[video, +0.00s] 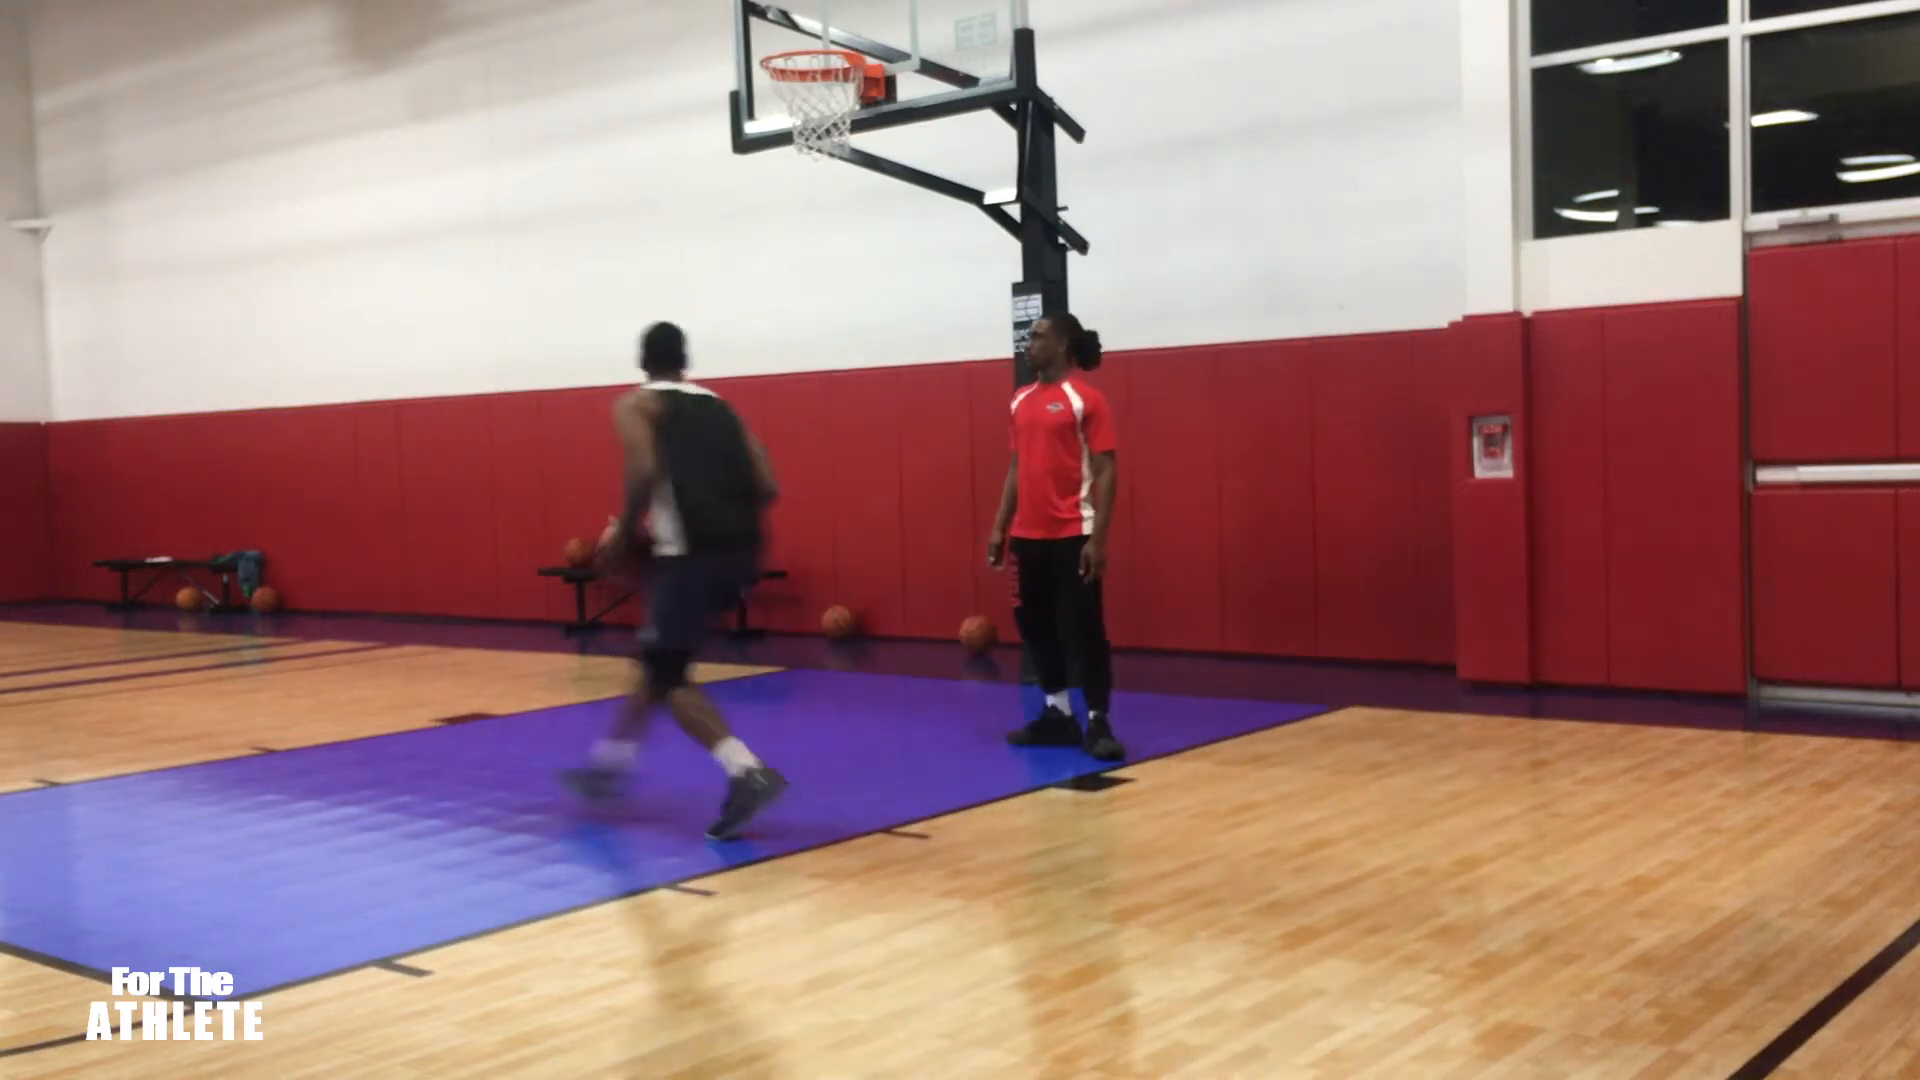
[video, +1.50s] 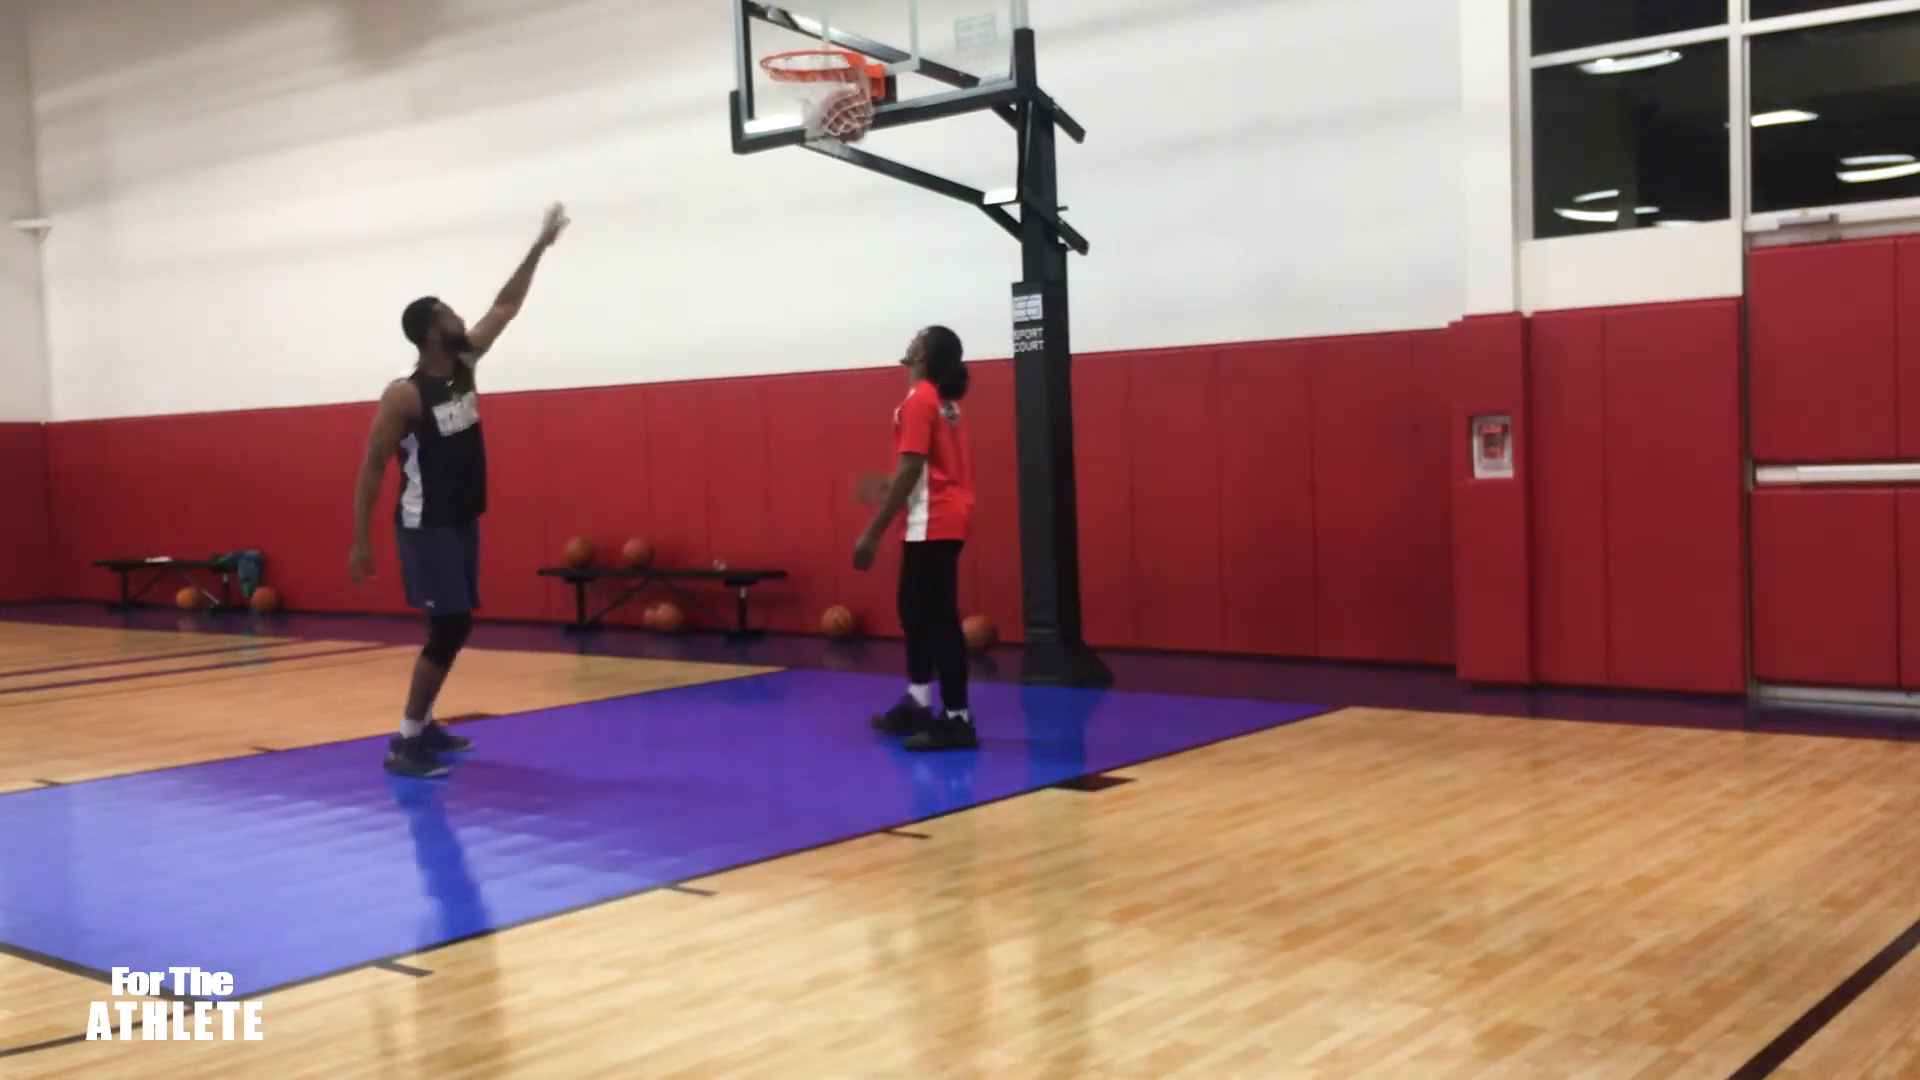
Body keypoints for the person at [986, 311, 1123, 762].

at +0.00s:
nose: (1029, 344)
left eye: (1039, 337)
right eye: (1030, 336)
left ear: (1063, 345)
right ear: (1036, 344)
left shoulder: (1087, 397)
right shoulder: (1021, 401)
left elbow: (1105, 469)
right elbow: (1016, 467)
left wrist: (1098, 538)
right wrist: (999, 529)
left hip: (1072, 537)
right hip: (1030, 537)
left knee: (1084, 626)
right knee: (1037, 623)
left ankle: (1097, 720)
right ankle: (1056, 713)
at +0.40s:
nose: (1009, 341)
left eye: (1019, 336)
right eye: (1012, 334)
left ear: (1040, 349)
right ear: (1027, 348)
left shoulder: (1047, 395)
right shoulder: (1018, 397)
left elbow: (1057, 468)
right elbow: (1017, 473)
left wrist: (1036, 533)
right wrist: (1002, 531)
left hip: (1045, 534)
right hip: (1022, 534)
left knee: (1043, 623)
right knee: (1030, 623)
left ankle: (1059, 716)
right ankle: (1050, 712)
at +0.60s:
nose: (998, 340)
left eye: (1008, 335)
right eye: (1002, 334)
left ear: (1026, 349)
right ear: (1015, 349)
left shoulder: (1029, 392)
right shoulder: (1014, 393)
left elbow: (1036, 464)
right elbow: (1019, 464)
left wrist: (1010, 531)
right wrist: (1002, 523)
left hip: (1028, 527)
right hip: (1027, 526)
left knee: (1001, 618)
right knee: (1034, 617)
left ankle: (1002, 715)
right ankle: (1059, 712)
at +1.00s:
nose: (962, 340)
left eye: (971, 337)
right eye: (968, 335)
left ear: (984, 353)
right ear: (987, 357)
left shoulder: (978, 396)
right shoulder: (982, 395)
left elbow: (981, 471)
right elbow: (987, 470)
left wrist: (963, 538)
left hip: (981, 531)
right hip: (996, 530)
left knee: (967, 624)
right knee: (1002, 620)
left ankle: (957, 717)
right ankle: (1053, 707)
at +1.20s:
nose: (939, 339)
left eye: (947, 337)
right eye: (945, 335)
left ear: (957, 353)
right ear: (966, 356)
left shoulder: (954, 396)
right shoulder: (964, 395)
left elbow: (950, 471)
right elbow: (962, 469)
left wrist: (924, 539)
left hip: (962, 523)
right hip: (967, 521)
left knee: (951, 614)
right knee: (949, 612)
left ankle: (957, 718)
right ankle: (1015, 680)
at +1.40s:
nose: (918, 345)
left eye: (925, 340)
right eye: (922, 339)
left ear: (937, 353)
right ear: (946, 357)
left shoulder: (931, 396)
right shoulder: (946, 396)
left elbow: (924, 466)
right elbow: (938, 464)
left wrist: (885, 532)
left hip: (941, 520)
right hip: (951, 518)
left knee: (922, 606)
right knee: (941, 610)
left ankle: (955, 713)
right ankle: (955, 708)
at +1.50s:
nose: (908, 347)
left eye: (915, 342)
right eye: (912, 340)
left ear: (925, 354)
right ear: (935, 359)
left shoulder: (920, 397)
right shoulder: (936, 398)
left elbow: (911, 467)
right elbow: (931, 469)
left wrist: (872, 534)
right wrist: (888, 485)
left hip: (935, 520)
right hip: (933, 518)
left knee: (936, 614)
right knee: (913, 608)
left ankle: (956, 717)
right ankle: (919, 701)